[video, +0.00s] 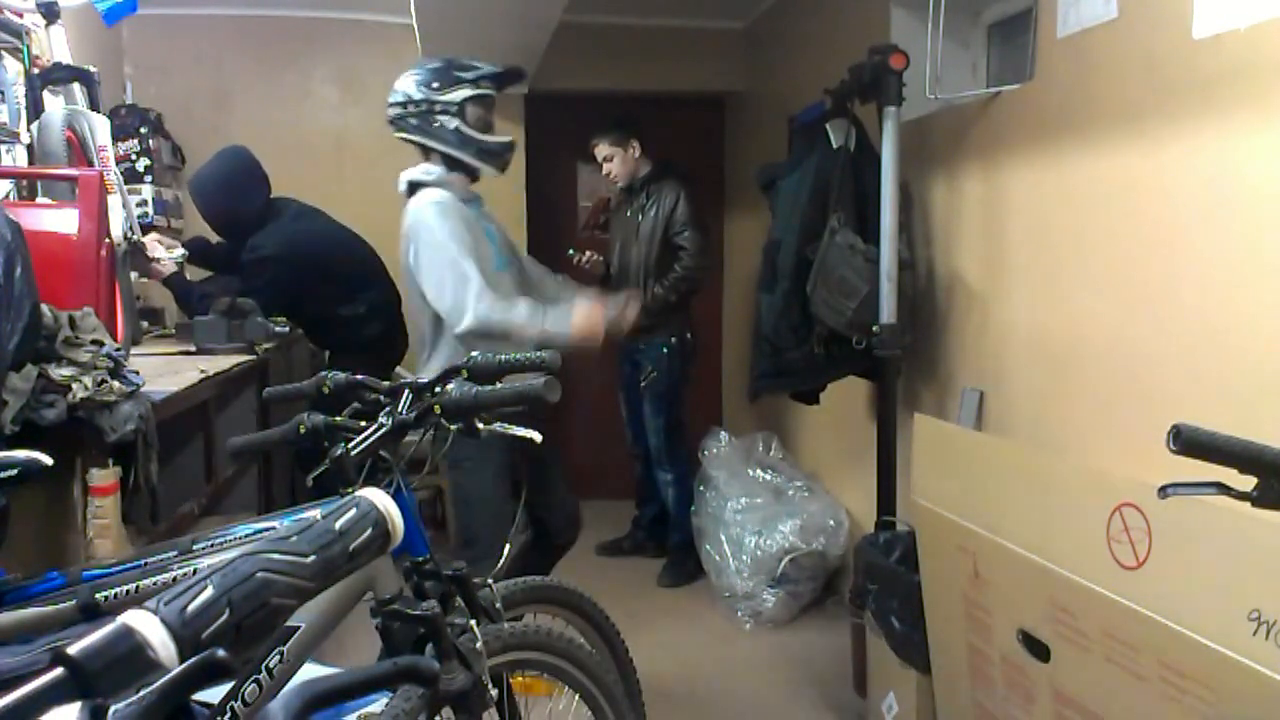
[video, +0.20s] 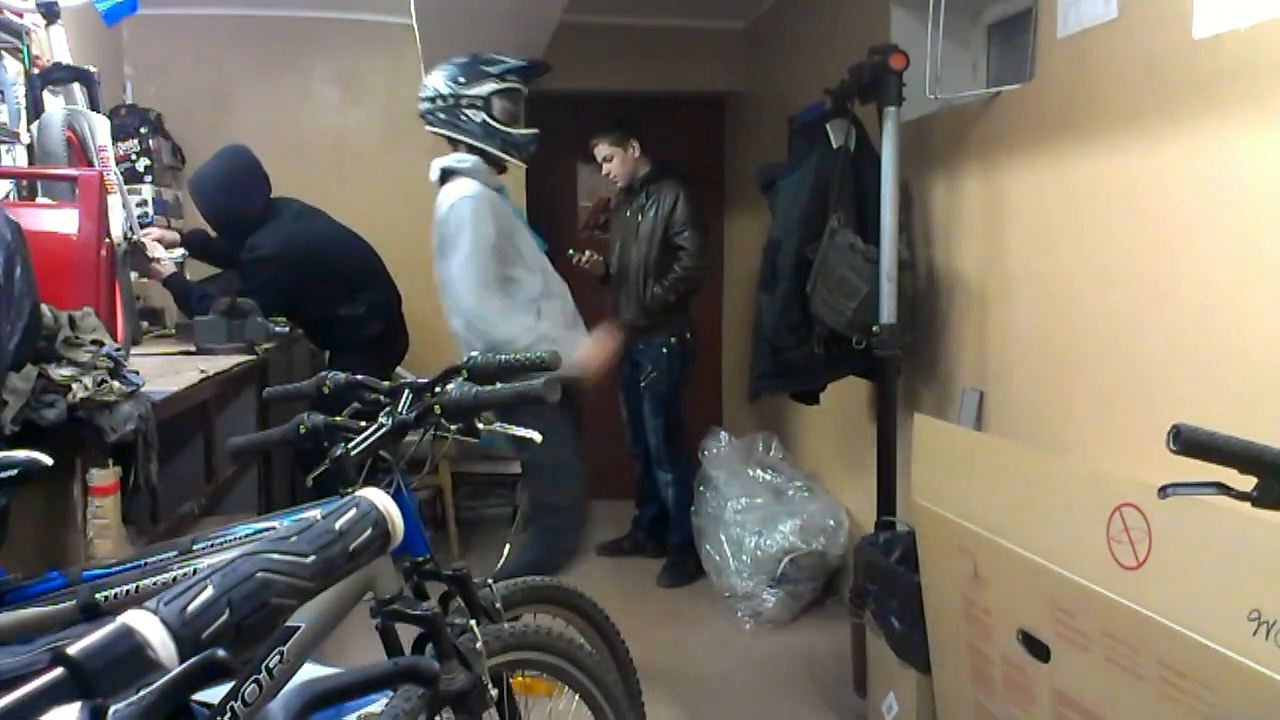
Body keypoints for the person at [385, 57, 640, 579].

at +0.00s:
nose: (498, 130)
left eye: (494, 116)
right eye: (484, 116)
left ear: (453, 125)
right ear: (446, 123)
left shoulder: (468, 208)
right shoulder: (433, 212)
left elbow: (533, 281)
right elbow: (472, 312)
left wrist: (603, 304)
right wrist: (571, 321)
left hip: (512, 401)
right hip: (471, 411)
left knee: (558, 524)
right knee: (486, 559)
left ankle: (493, 612)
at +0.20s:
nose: (519, 116)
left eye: (517, 104)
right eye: (505, 104)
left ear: (469, 118)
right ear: (468, 113)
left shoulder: (482, 193)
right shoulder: (469, 199)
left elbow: (496, 303)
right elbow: (480, 311)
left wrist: (576, 344)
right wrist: (570, 352)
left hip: (542, 388)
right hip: (525, 393)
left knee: (557, 518)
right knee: (558, 525)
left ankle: (498, 617)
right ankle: (491, 620)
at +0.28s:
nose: (529, 124)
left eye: (527, 112)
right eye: (515, 112)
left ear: (487, 121)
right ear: (479, 120)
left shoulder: (494, 196)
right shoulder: (481, 199)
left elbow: (534, 280)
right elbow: (521, 288)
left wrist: (613, 285)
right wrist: (625, 293)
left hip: (537, 393)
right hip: (519, 398)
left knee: (571, 524)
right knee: (596, 534)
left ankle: (504, 622)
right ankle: (505, 619)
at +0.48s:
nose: (557, 124)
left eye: (555, 110)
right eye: (542, 112)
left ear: (504, 125)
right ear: (506, 119)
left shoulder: (504, 197)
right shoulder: (515, 203)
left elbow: (515, 321)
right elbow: (521, 323)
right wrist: (583, 391)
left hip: (563, 398)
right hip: (587, 396)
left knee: (568, 514)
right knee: (635, 533)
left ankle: (496, 621)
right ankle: (610, 683)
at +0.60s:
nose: (579, 130)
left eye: (573, 116)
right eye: (566, 116)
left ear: (518, 128)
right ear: (536, 123)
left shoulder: (523, 198)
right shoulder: (540, 201)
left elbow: (566, 300)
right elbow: (578, 299)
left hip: (566, 400)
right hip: (588, 401)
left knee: (587, 528)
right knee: (671, 538)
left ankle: (497, 619)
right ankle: (630, 696)